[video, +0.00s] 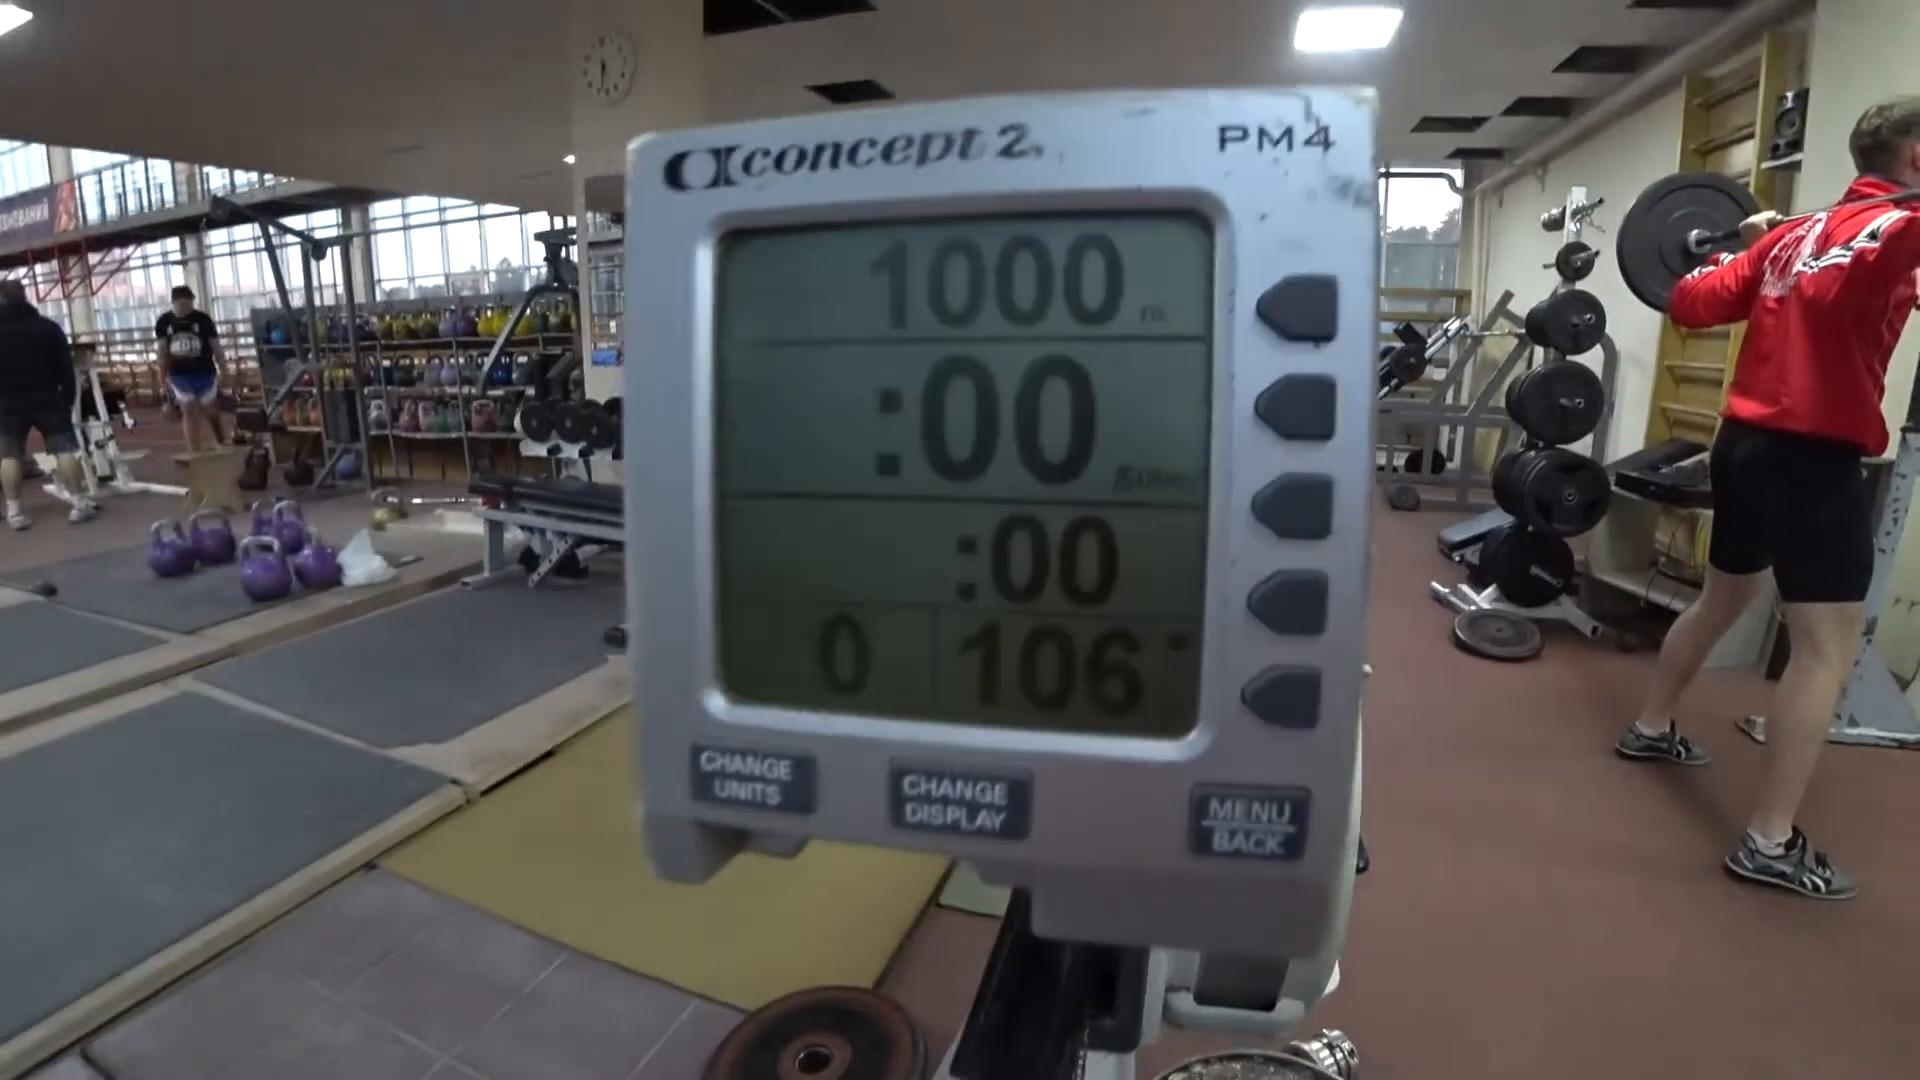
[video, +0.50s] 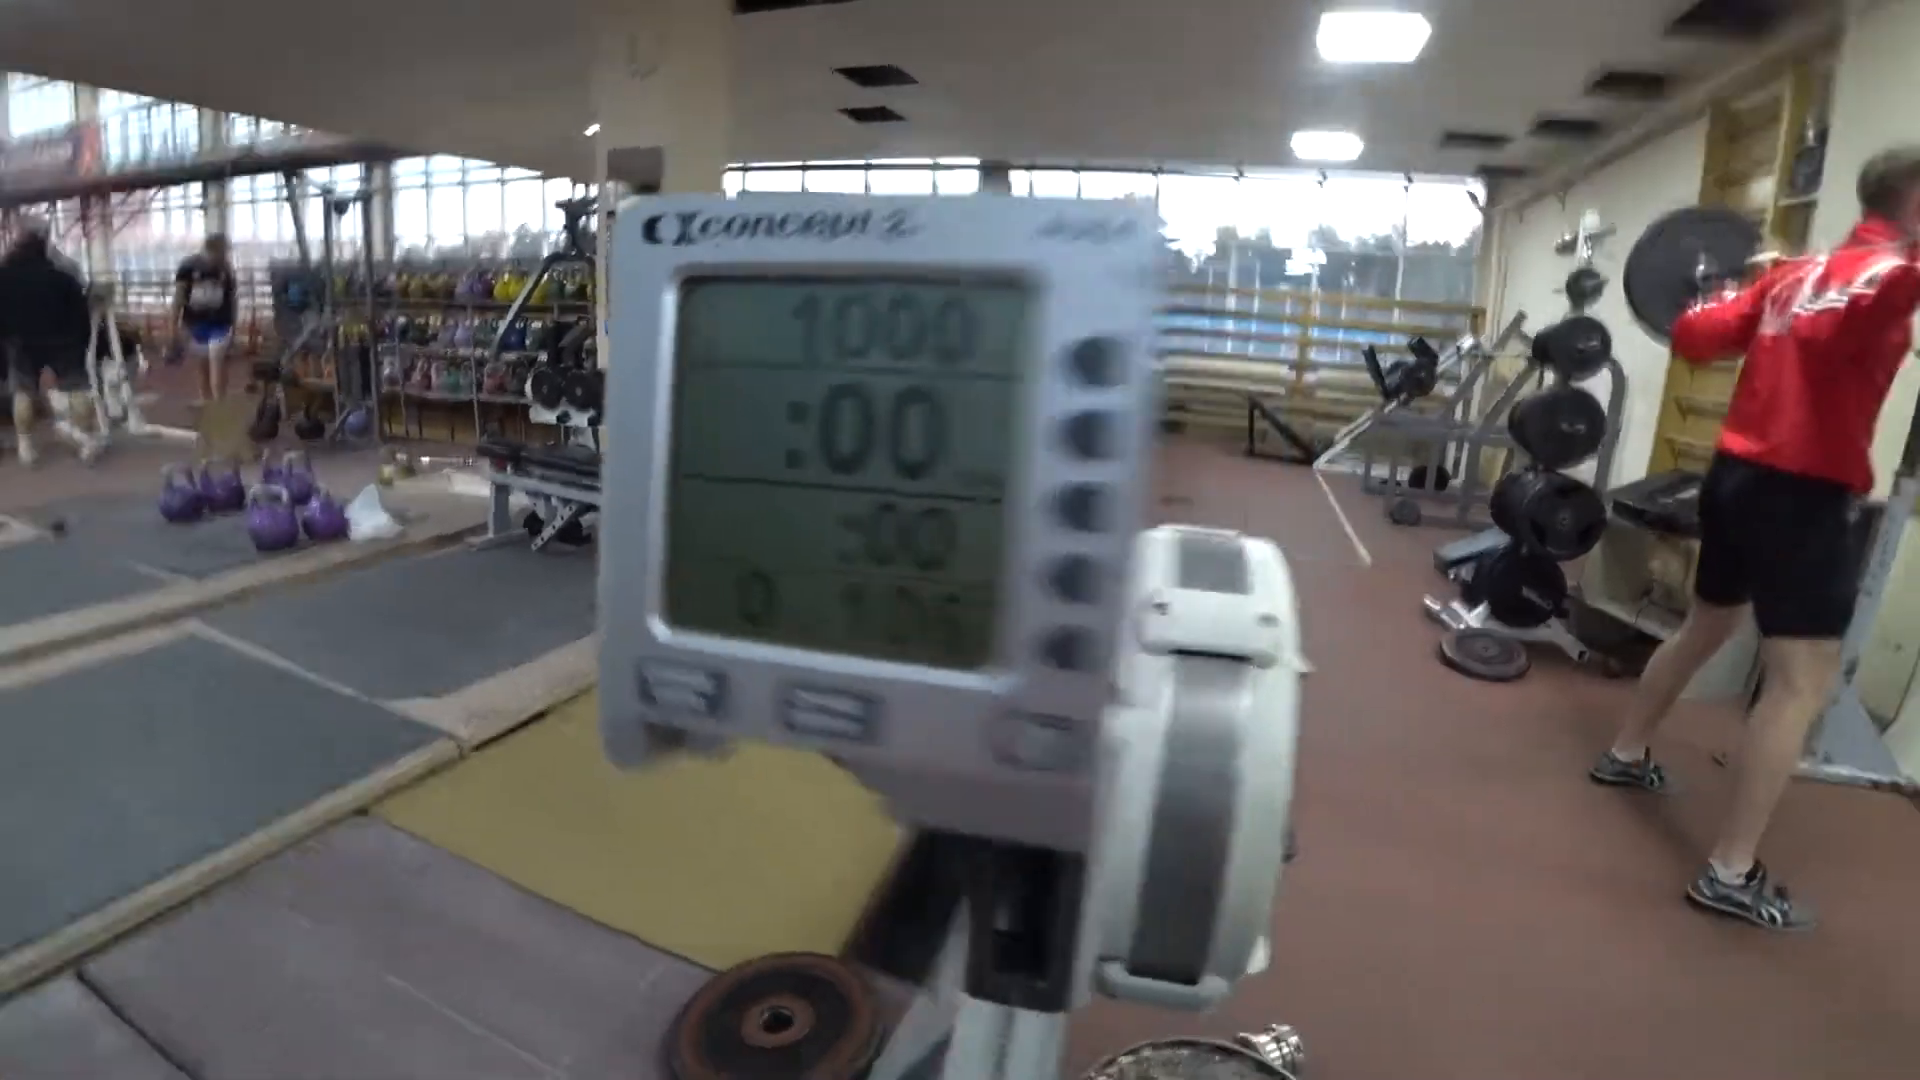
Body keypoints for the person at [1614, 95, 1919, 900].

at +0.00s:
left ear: (1861, 164)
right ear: (1907, 161)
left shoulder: (1790, 236)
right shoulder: (1903, 228)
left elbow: (1687, 301)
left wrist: (1735, 248)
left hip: (1742, 445)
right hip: (1822, 457)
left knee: (1722, 598)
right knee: (1821, 653)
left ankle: (1650, 724)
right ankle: (1770, 838)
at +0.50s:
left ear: (1862, 205)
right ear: (1913, 206)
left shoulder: (1791, 273)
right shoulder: (1898, 273)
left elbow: (1695, 331)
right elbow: (1873, 308)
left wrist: (1729, 288)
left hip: (1734, 475)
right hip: (1809, 492)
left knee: (1707, 624)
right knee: (1800, 684)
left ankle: (1625, 751)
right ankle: (1730, 871)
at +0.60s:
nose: (1915, 257)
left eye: (1915, 244)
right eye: (1914, 244)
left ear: (1843, 243)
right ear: (1895, 241)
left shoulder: (1767, 306)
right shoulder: (1870, 304)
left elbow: (1672, 360)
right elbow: (1842, 328)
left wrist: (1708, 322)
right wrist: (1897, 295)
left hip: (1709, 508)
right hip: (1781, 524)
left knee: (1678, 651)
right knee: (1765, 713)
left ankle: (1601, 773)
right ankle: (1702, 891)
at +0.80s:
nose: (1856, 349)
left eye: (1857, 336)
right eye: (1848, 336)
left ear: (1781, 340)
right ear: (1816, 338)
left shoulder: (1716, 394)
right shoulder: (1802, 393)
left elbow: (1631, 446)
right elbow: (1766, 423)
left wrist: (1674, 404)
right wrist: (1825, 388)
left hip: (1664, 591)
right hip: (1728, 605)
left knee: (1652, 729)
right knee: (1733, 785)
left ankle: (1580, 851)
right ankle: (1671, 967)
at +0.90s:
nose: (1855, 405)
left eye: (1856, 394)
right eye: (1850, 393)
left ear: (1784, 393)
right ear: (1826, 395)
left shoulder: (1723, 451)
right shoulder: (1803, 449)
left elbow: (1640, 500)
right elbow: (1768, 476)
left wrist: (1693, 459)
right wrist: (1824, 446)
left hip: (1667, 642)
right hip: (1723, 656)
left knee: (1671, 782)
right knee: (1759, 839)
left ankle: (1595, 900)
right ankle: (1679, 1019)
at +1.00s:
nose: (1877, 463)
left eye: (1876, 449)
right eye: (1871, 449)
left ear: (1812, 450)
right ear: (1849, 451)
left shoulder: (1755, 500)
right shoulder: (1831, 506)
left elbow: (1669, 549)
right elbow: (1776, 537)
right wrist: (1840, 501)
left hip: (1684, 689)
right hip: (1740, 705)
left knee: (1718, 830)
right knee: (1821, 889)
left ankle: (1635, 943)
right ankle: (1720, 1054)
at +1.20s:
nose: (1870, 540)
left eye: (1870, 528)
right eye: (1866, 528)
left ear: (1806, 536)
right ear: (1849, 534)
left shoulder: (1759, 583)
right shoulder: (1831, 598)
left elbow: (1672, 622)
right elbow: (1746, 644)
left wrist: (1732, 586)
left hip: (1666, 745)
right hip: (1721, 765)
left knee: (1752, 851)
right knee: (1826, 870)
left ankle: (1661, 957)